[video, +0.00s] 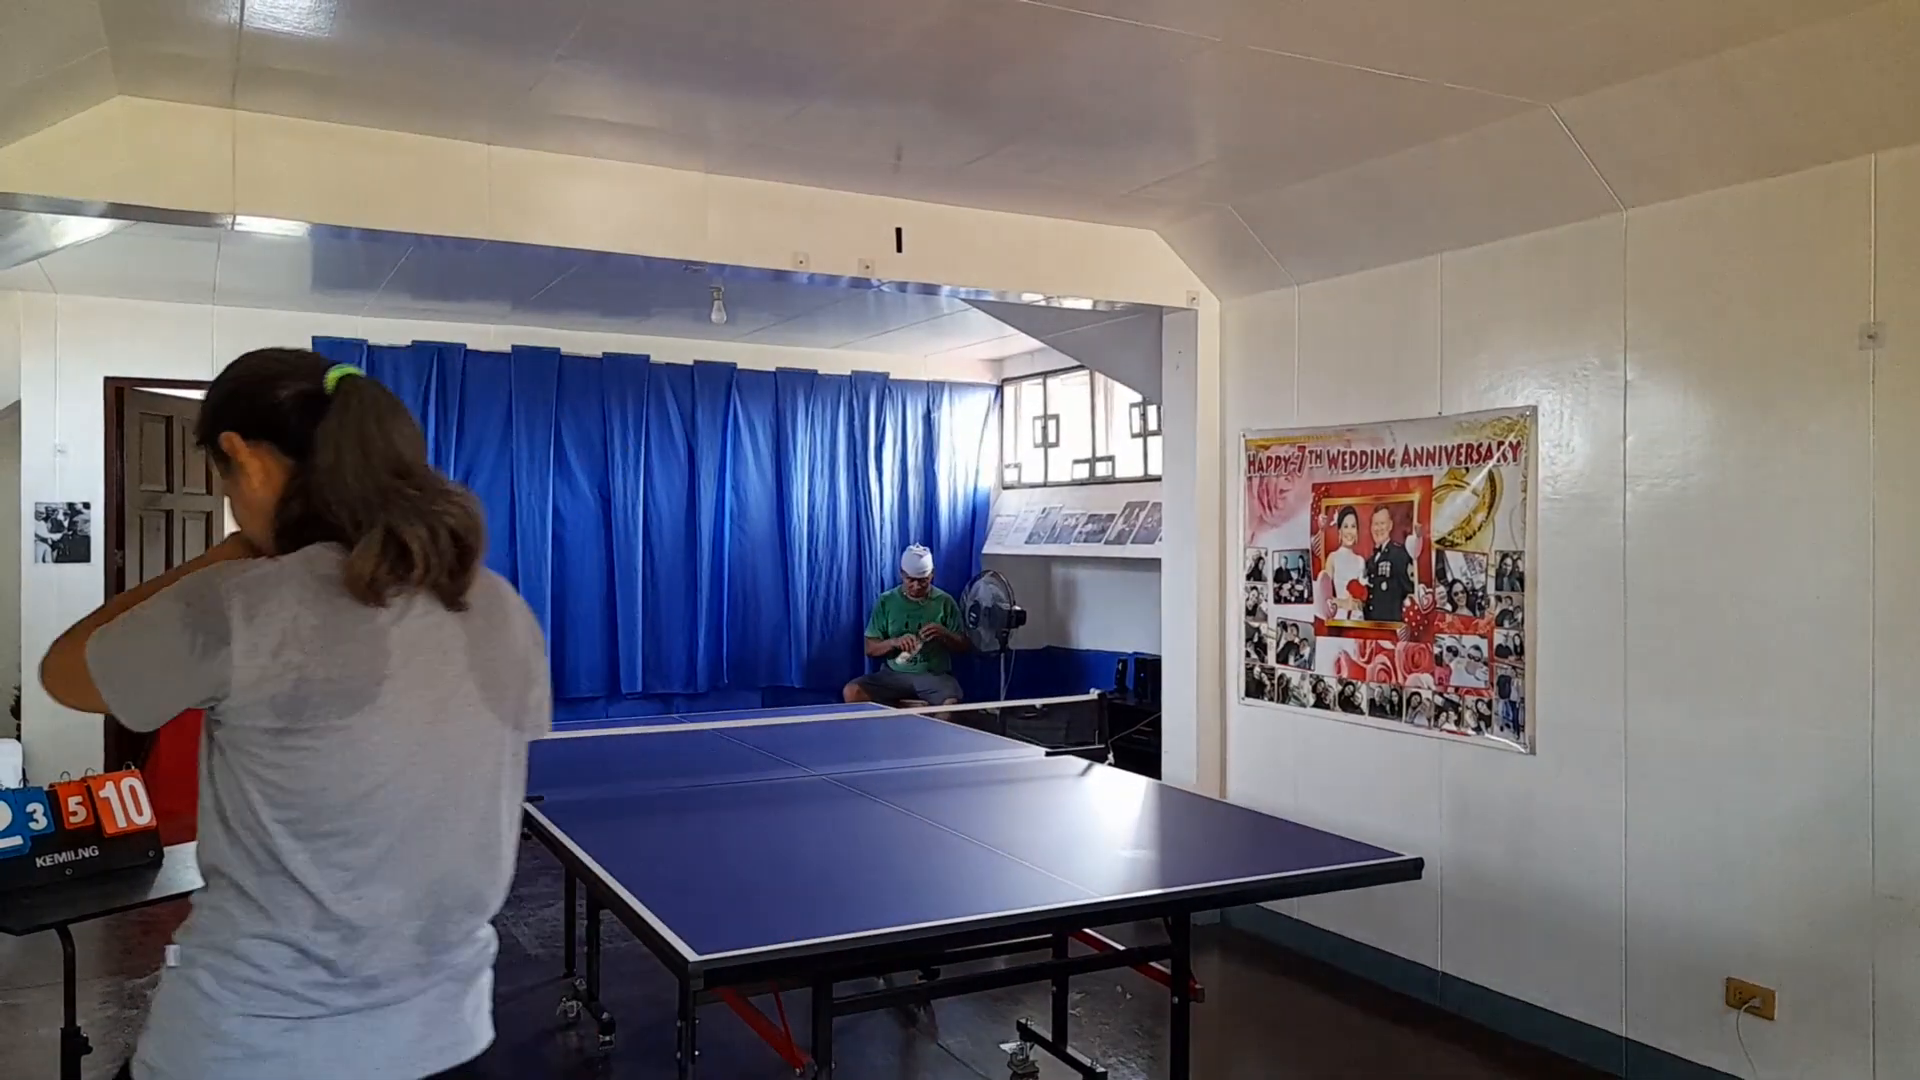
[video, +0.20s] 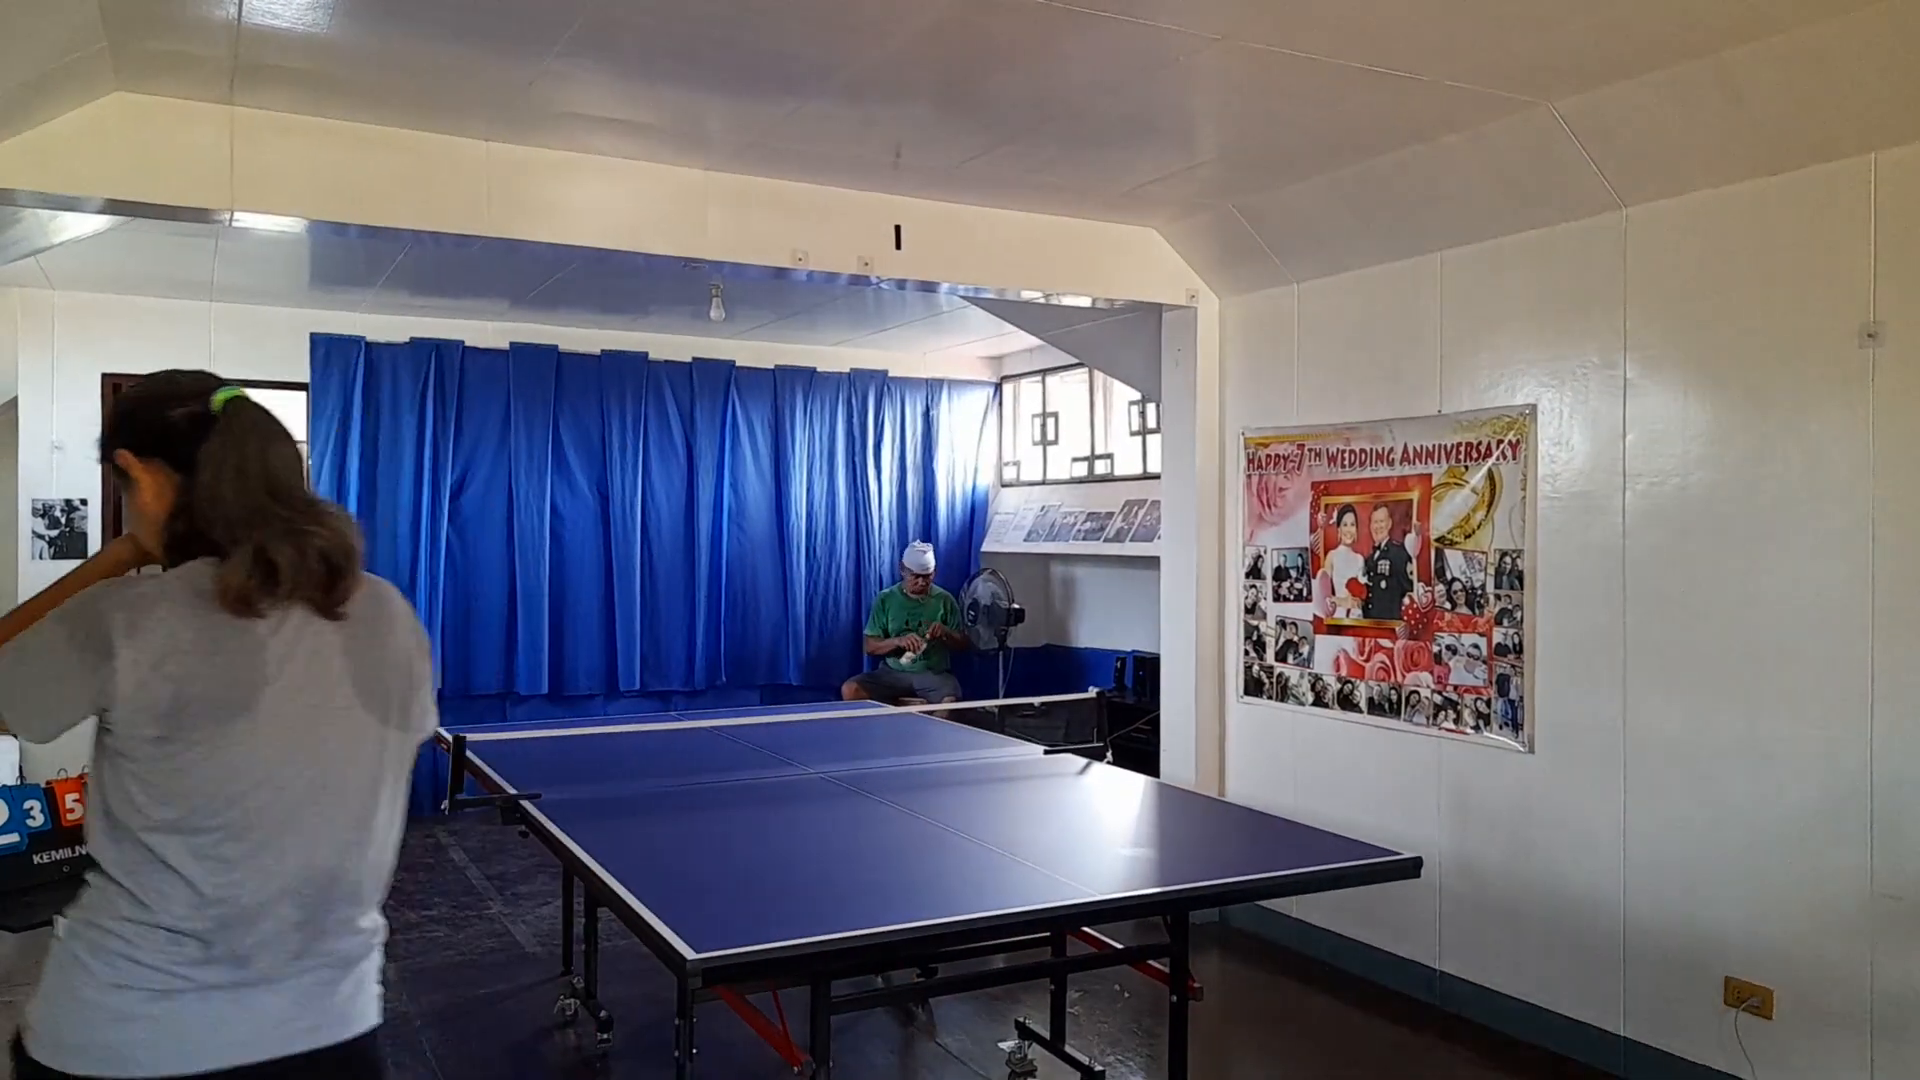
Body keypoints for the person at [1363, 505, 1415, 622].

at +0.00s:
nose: (1378, 528)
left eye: (1383, 523)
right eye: (1375, 524)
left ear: (1390, 525)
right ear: (1371, 527)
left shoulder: (1399, 553)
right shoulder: (1370, 561)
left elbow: (1407, 588)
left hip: (1393, 620)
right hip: (1371, 620)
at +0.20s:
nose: (1378, 526)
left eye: (1382, 521)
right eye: (1375, 522)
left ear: (1390, 523)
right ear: (1370, 525)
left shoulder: (1399, 552)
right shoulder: (1369, 559)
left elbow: (1407, 588)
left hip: (1393, 617)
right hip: (1371, 618)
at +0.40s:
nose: (1378, 526)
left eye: (1382, 521)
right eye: (1375, 522)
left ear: (1390, 523)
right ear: (1370, 525)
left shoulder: (1399, 552)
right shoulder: (1370, 559)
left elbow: (1407, 587)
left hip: (1393, 617)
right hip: (1371, 618)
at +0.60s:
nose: (1379, 529)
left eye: (1383, 524)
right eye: (1375, 524)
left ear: (1390, 526)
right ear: (1371, 528)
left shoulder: (1400, 553)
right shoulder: (1370, 562)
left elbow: (1409, 589)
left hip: (1394, 619)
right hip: (1371, 620)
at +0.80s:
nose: (1378, 526)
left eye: (1382, 522)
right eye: (1375, 522)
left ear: (1390, 524)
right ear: (1370, 526)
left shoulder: (1399, 551)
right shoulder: (1369, 559)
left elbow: (1407, 587)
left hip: (1393, 617)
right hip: (1371, 618)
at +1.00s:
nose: (1378, 527)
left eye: (1382, 522)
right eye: (1375, 523)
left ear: (1390, 524)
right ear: (1370, 526)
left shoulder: (1399, 552)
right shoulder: (1369, 560)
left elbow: (1408, 588)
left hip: (1393, 619)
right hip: (1371, 619)